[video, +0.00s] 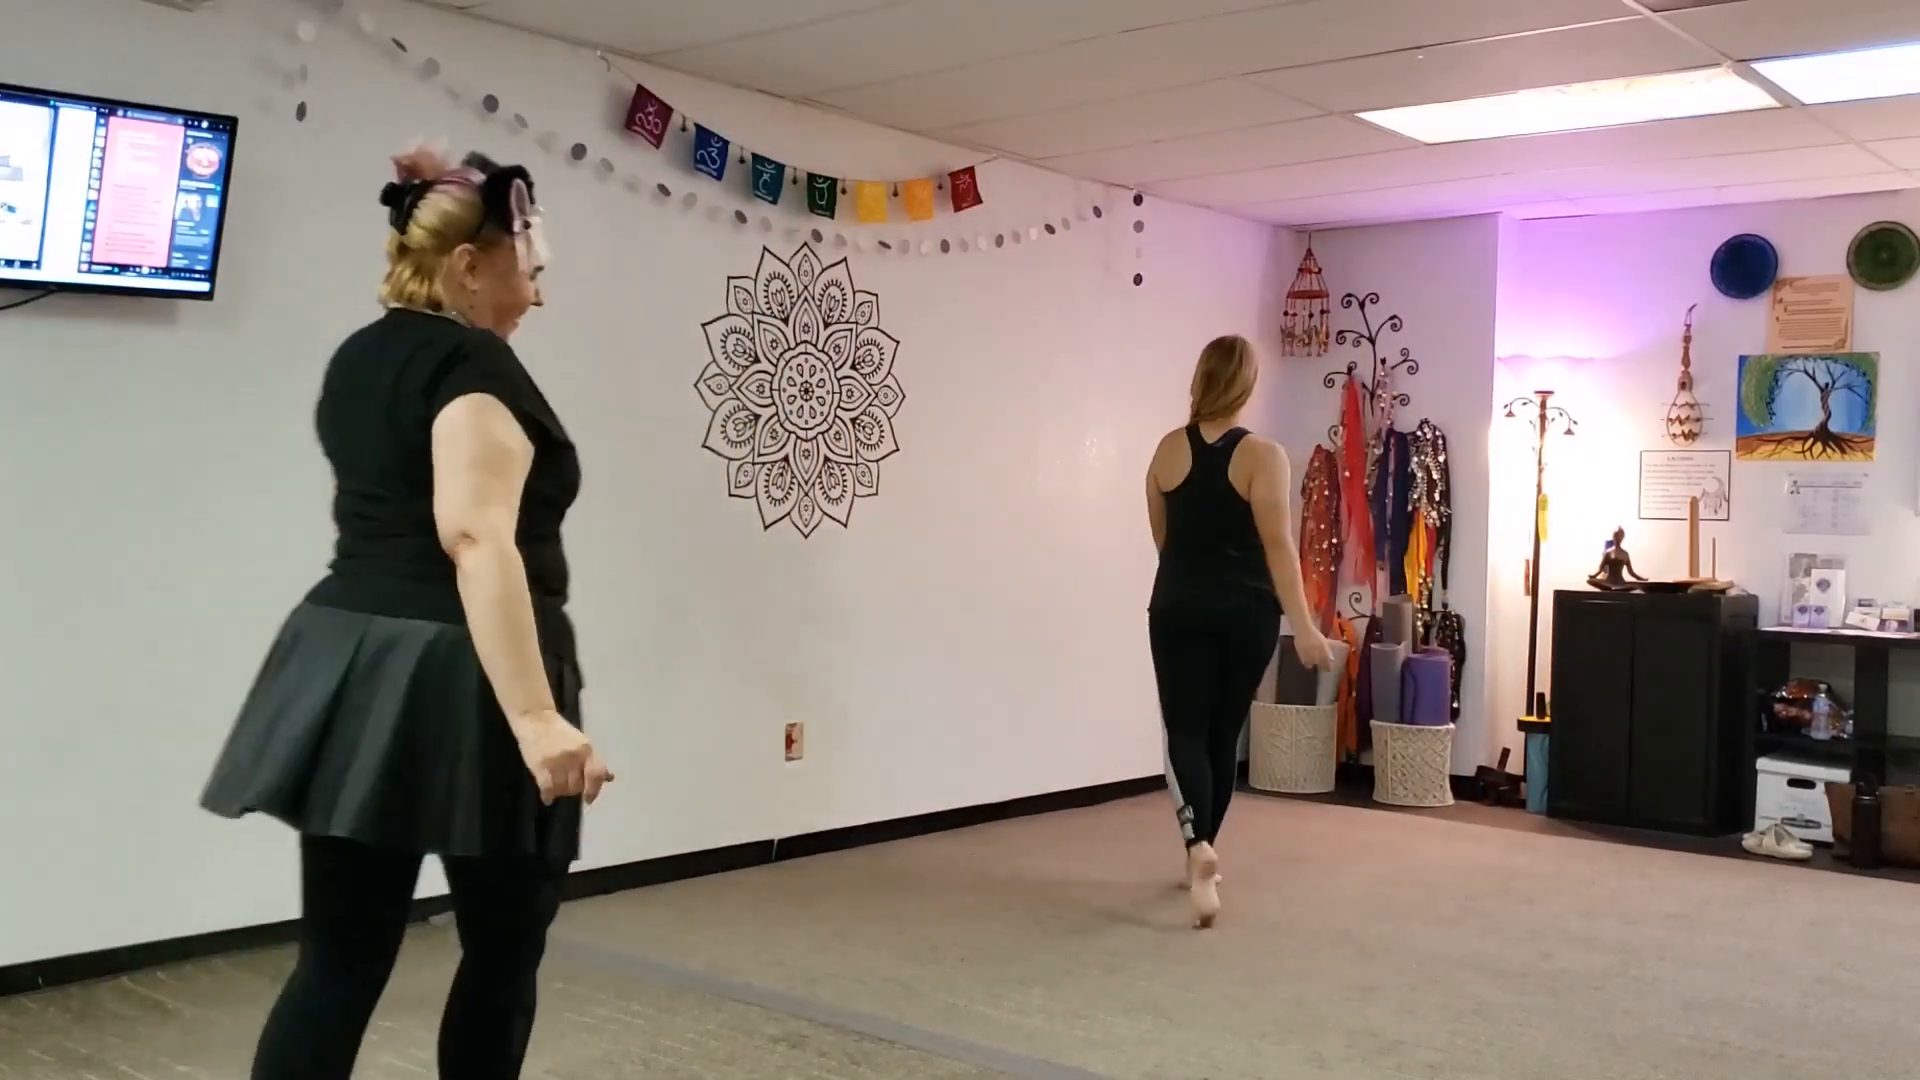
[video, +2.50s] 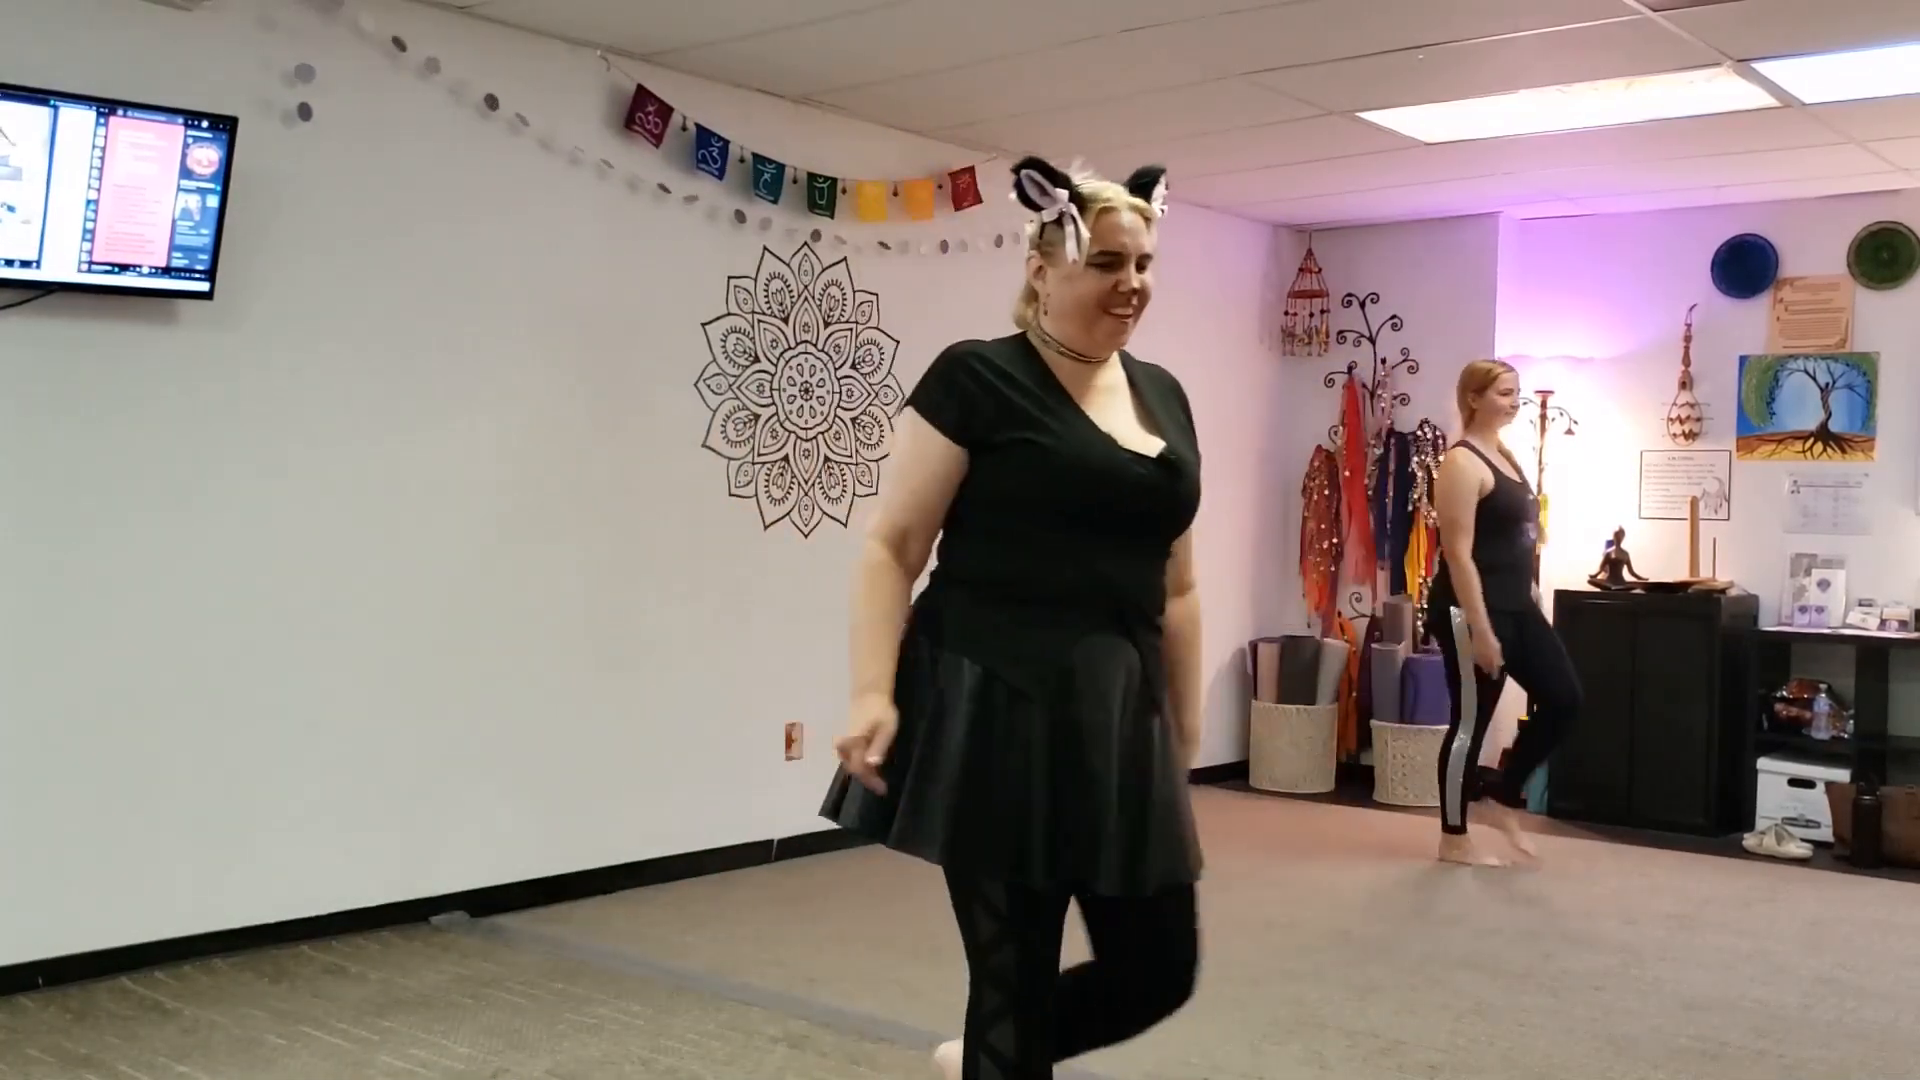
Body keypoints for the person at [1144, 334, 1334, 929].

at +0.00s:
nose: (1253, 387)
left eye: (1241, 375)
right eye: (1254, 379)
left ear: (1199, 379)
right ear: (1249, 385)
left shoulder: (1168, 450)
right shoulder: (1264, 455)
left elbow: (1161, 537)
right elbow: (1277, 546)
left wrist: (1190, 582)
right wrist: (1305, 628)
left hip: (1177, 606)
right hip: (1248, 611)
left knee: (1184, 729)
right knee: (1223, 732)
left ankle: (1200, 844)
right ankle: (1203, 860)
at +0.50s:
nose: (1256, 391)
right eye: (1257, 384)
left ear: (1206, 389)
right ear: (1255, 392)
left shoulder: (1180, 455)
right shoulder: (1281, 462)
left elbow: (1138, 524)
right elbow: (1309, 549)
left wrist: (1098, 586)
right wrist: (1348, 617)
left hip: (1190, 606)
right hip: (1252, 611)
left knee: (1244, 696)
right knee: (1222, 726)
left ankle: (1234, 820)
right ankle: (1197, 860)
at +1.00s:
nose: (1307, 402)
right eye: (1304, 395)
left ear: (1255, 401)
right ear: (1300, 401)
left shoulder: (1237, 468)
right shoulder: (1334, 455)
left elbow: (1207, 545)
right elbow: (1354, 540)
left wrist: (1167, 600)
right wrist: (1363, 608)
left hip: (1249, 601)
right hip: (1307, 603)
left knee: (1277, 713)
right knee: (1272, 716)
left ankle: (1291, 834)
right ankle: (1217, 824)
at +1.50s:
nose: (1373, 399)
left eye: (1372, 391)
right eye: (1366, 391)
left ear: (1335, 397)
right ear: (1339, 396)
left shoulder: (1332, 446)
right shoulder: (1325, 445)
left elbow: (1336, 526)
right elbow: (1325, 523)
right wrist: (1375, 584)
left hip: (1312, 593)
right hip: (1329, 594)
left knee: (1315, 710)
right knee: (1409, 688)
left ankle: (1296, 834)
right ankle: (1362, 802)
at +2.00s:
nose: (1444, 399)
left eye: (1444, 392)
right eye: (1433, 393)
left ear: (1436, 402)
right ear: (1404, 403)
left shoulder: (1445, 463)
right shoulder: (1392, 462)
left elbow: (1458, 550)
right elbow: (1356, 537)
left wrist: (1486, 608)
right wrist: (1335, 608)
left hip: (1422, 602)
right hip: (1405, 604)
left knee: (1370, 713)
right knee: (1435, 717)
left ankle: (1305, 817)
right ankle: (1451, 838)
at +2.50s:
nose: (1514, 400)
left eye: (1516, 394)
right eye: (1504, 393)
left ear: (1512, 403)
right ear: (1475, 398)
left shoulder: (1504, 455)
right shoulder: (1460, 461)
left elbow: (1517, 538)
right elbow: (1456, 552)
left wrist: (1532, 597)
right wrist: (1480, 630)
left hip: (1515, 598)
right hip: (1468, 602)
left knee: (1561, 700)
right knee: (1470, 722)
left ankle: (1503, 796)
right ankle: (1454, 838)